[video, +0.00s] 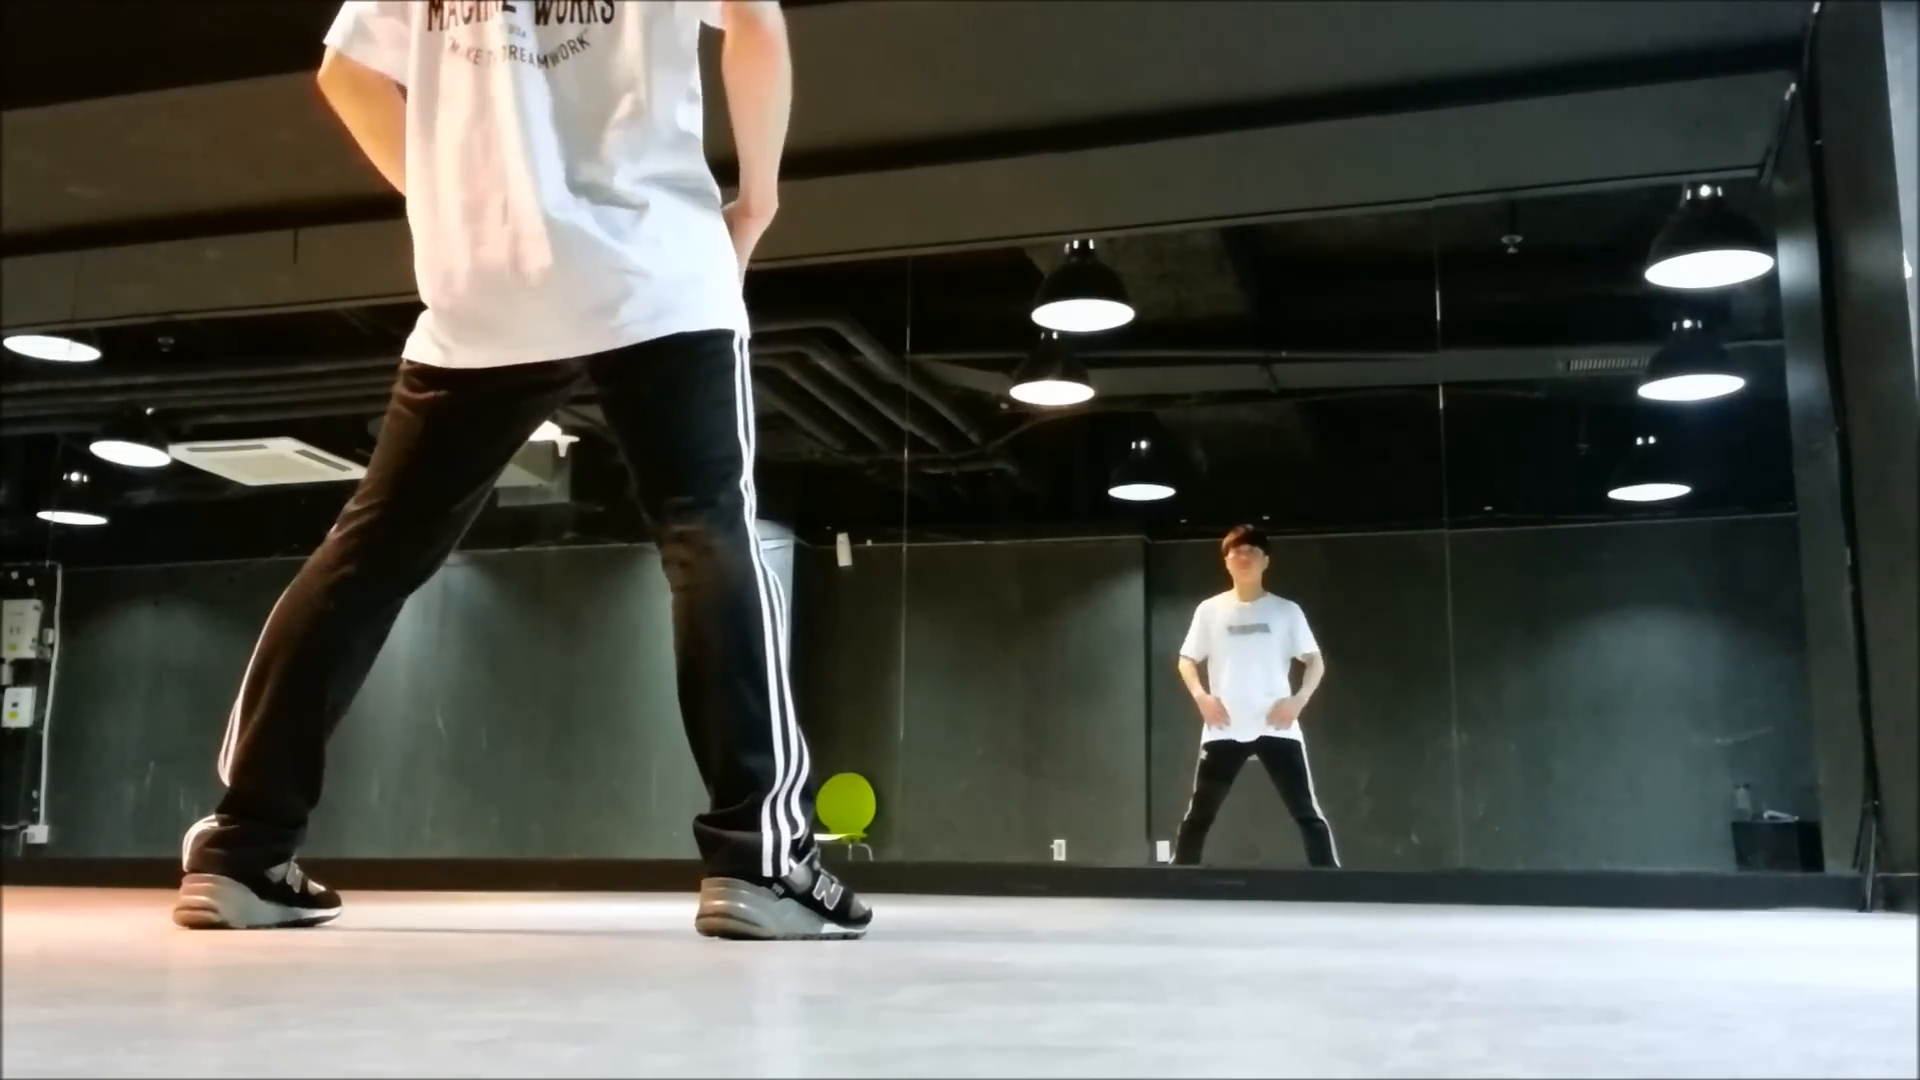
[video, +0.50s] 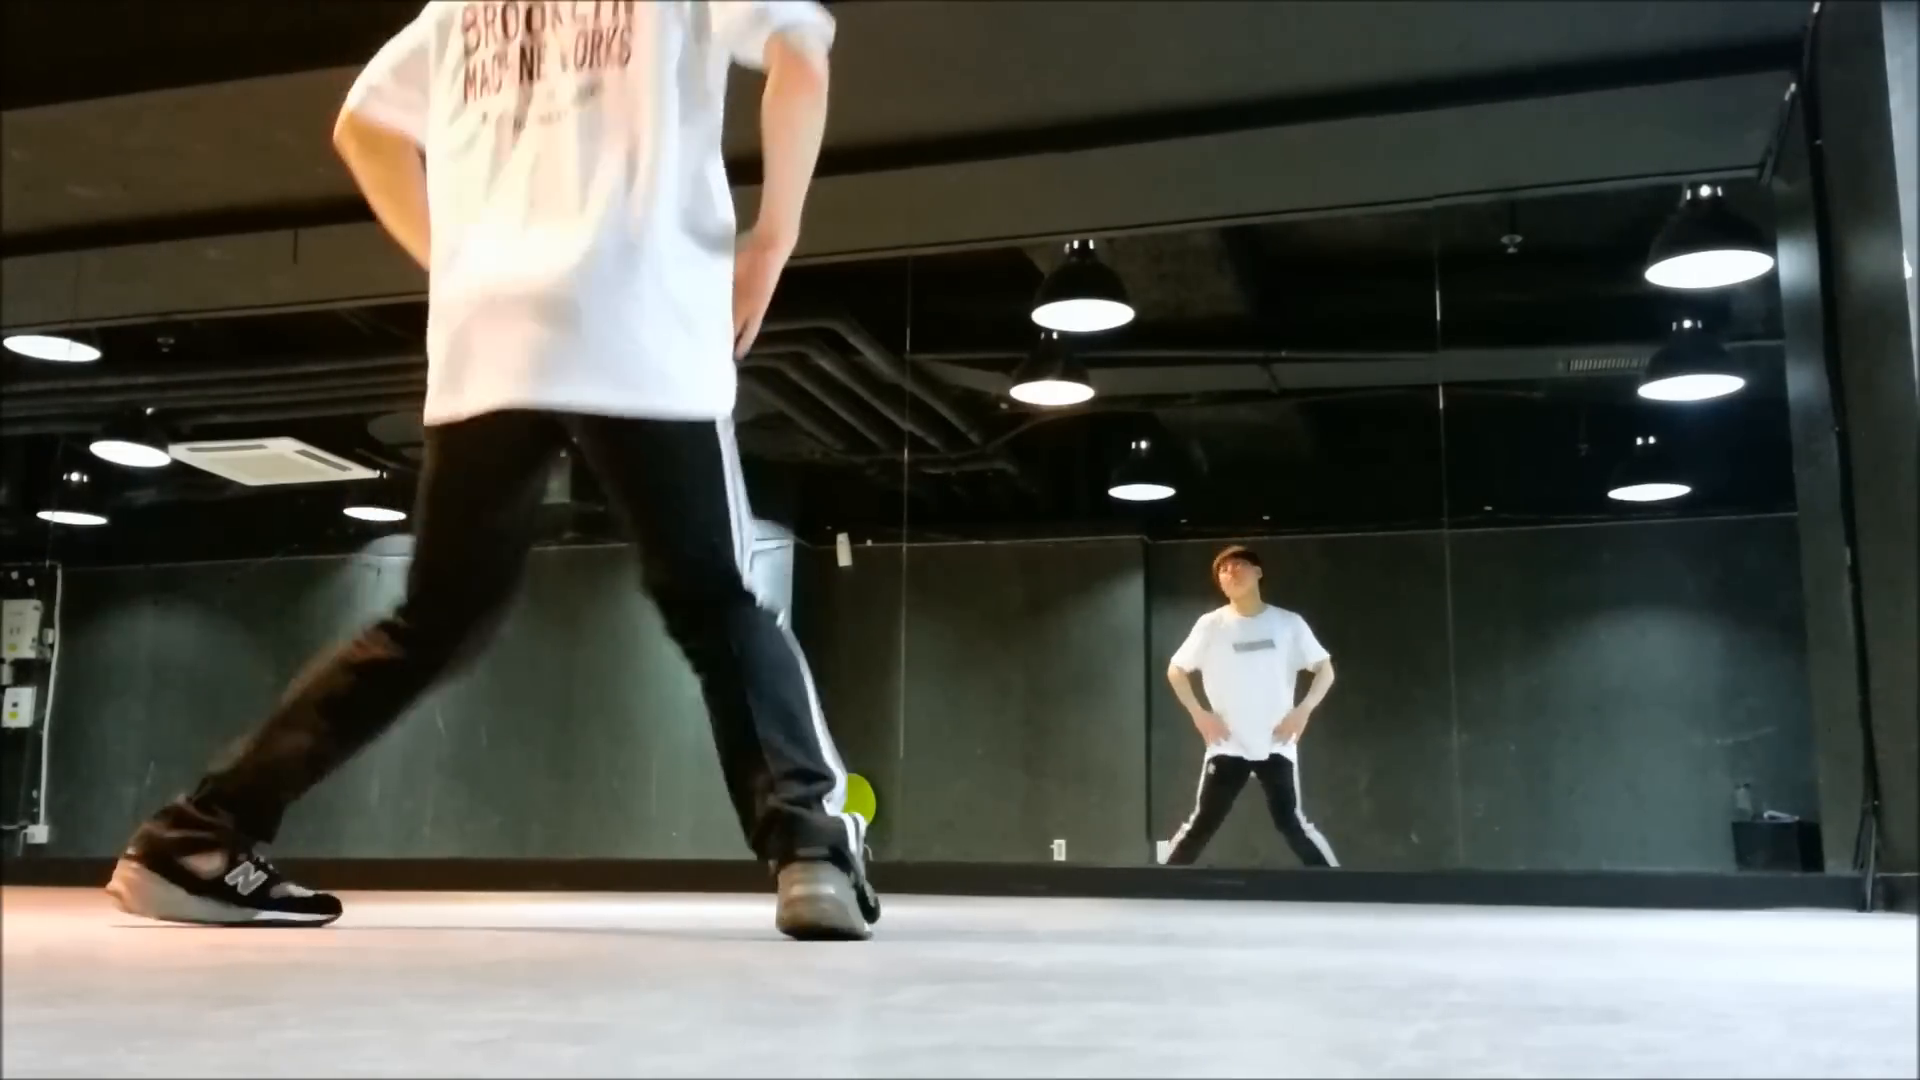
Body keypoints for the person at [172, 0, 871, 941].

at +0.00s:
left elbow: (350, 69)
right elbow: (754, 22)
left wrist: (458, 198)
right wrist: (758, 190)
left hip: (482, 254)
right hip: (655, 251)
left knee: (370, 551)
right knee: (710, 539)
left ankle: (238, 848)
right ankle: (760, 856)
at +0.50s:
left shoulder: (462, 11)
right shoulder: (695, 4)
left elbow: (368, 121)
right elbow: (801, 48)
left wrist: (460, 261)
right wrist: (774, 238)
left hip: (486, 308)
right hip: (647, 305)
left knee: (436, 618)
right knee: (717, 605)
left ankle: (197, 836)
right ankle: (815, 855)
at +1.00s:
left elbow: (342, 89)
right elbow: (790, 21)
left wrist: (451, 220)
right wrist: (761, 193)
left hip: (500, 289)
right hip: (668, 275)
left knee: (402, 567)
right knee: (791, 534)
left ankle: (313, 839)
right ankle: (724, 844)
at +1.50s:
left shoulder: (441, 9)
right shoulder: (689, 2)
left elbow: (338, 123)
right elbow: (779, 35)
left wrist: (430, 262)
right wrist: (745, 223)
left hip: (463, 297)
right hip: (633, 296)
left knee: (422, 604)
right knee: (709, 591)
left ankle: (175, 837)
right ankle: (773, 857)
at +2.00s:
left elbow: (306, 92)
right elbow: (766, 11)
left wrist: (431, 216)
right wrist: (746, 174)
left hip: (485, 280)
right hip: (654, 267)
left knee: (386, 549)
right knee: (761, 515)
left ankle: (307, 840)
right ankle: (706, 843)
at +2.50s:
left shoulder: (404, 1)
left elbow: (304, 98)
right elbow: (784, 24)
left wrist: (399, 259)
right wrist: (746, 214)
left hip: (447, 289)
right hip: (615, 287)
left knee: (397, 613)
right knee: (697, 591)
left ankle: (146, 842)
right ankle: (777, 860)